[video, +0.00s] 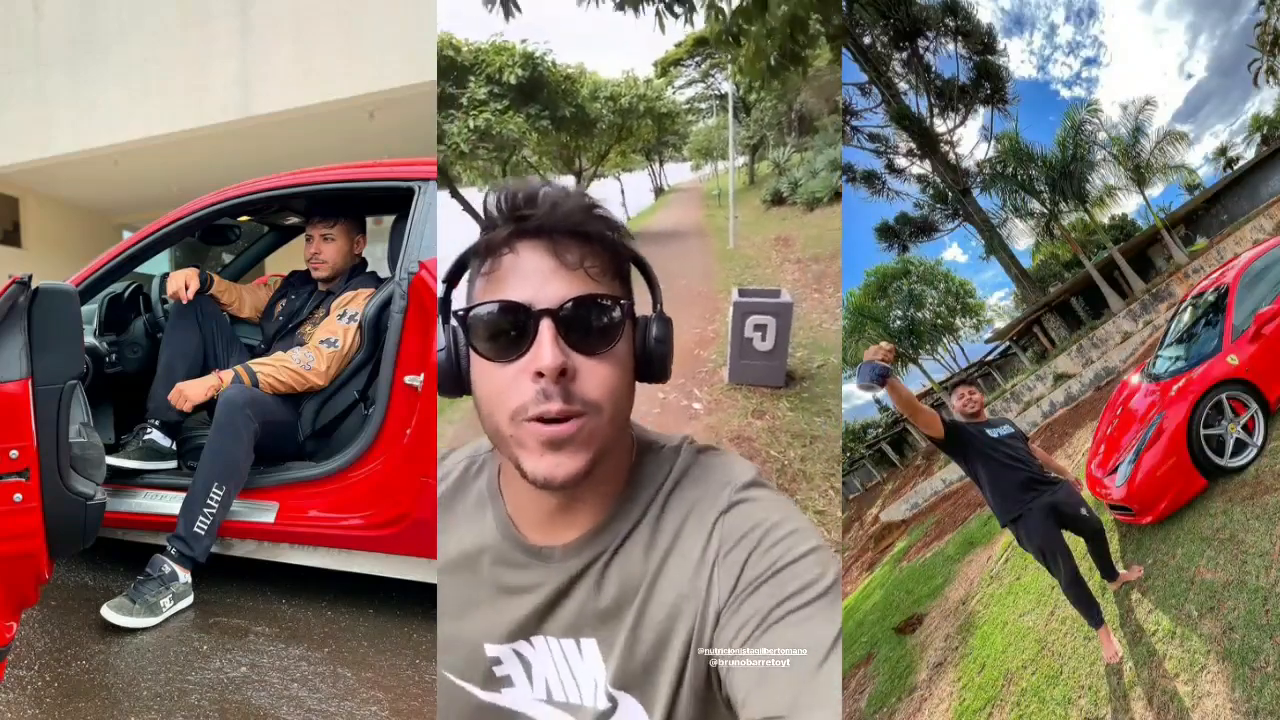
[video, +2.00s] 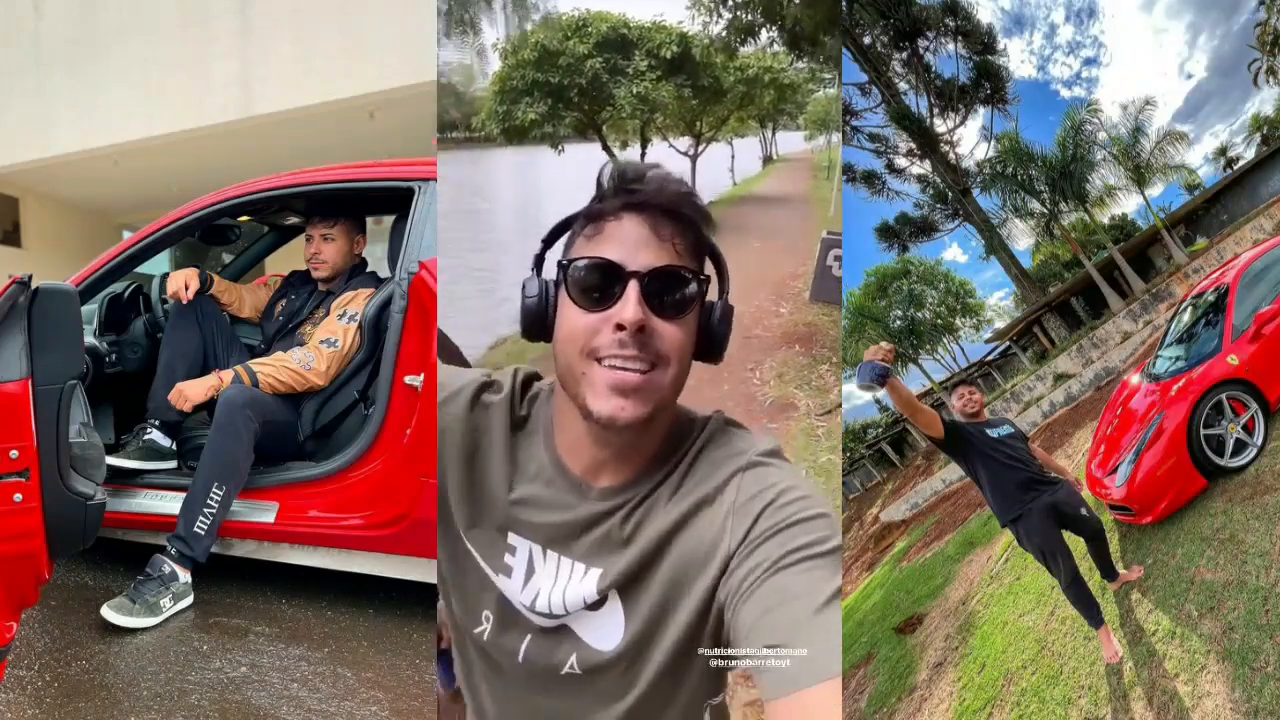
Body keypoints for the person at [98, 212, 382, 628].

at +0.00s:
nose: (314, 249)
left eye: (328, 239)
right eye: (310, 239)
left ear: (358, 245)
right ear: (304, 243)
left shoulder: (361, 297)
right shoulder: (291, 286)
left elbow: (315, 367)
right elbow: (241, 299)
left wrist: (220, 380)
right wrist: (201, 279)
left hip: (317, 411)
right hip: (266, 389)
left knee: (239, 402)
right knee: (196, 303)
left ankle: (177, 567)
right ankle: (161, 432)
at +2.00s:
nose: (314, 249)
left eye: (328, 239)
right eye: (310, 239)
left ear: (358, 245)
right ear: (305, 244)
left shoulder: (362, 297)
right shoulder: (291, 286)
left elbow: (315, 367)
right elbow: (242, 299)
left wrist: (220, 380)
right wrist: (201, 279)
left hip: (314, 412)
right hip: (260, 386)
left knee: (238, 402)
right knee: (195, 302)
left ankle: (176, 567)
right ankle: (160, 433)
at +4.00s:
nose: (315, 249)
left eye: (328, 239)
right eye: (310, 239)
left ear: (358, 245)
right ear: (304, 244)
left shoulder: (361, 297)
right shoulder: (292, 286)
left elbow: (315, 366)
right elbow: (243, 299)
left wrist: (219, 381)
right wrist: (203, 279)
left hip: (315, 411)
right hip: (265, 389)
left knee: (239, 402)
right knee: (196, 303)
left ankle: (177, 568)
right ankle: (161, 433)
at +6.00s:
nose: (314, 250)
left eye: (328, 239)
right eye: (310, 239)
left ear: (358, 245)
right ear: (304, 244)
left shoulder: (362, 297)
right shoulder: (292, 286)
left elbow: (315, 366)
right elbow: (242, 299)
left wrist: (219, 380)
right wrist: (202, 278)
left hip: (316, 410)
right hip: (266, 389)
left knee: (239, 402)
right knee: (196, 303)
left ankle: (177, 568)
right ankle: (161, 433)